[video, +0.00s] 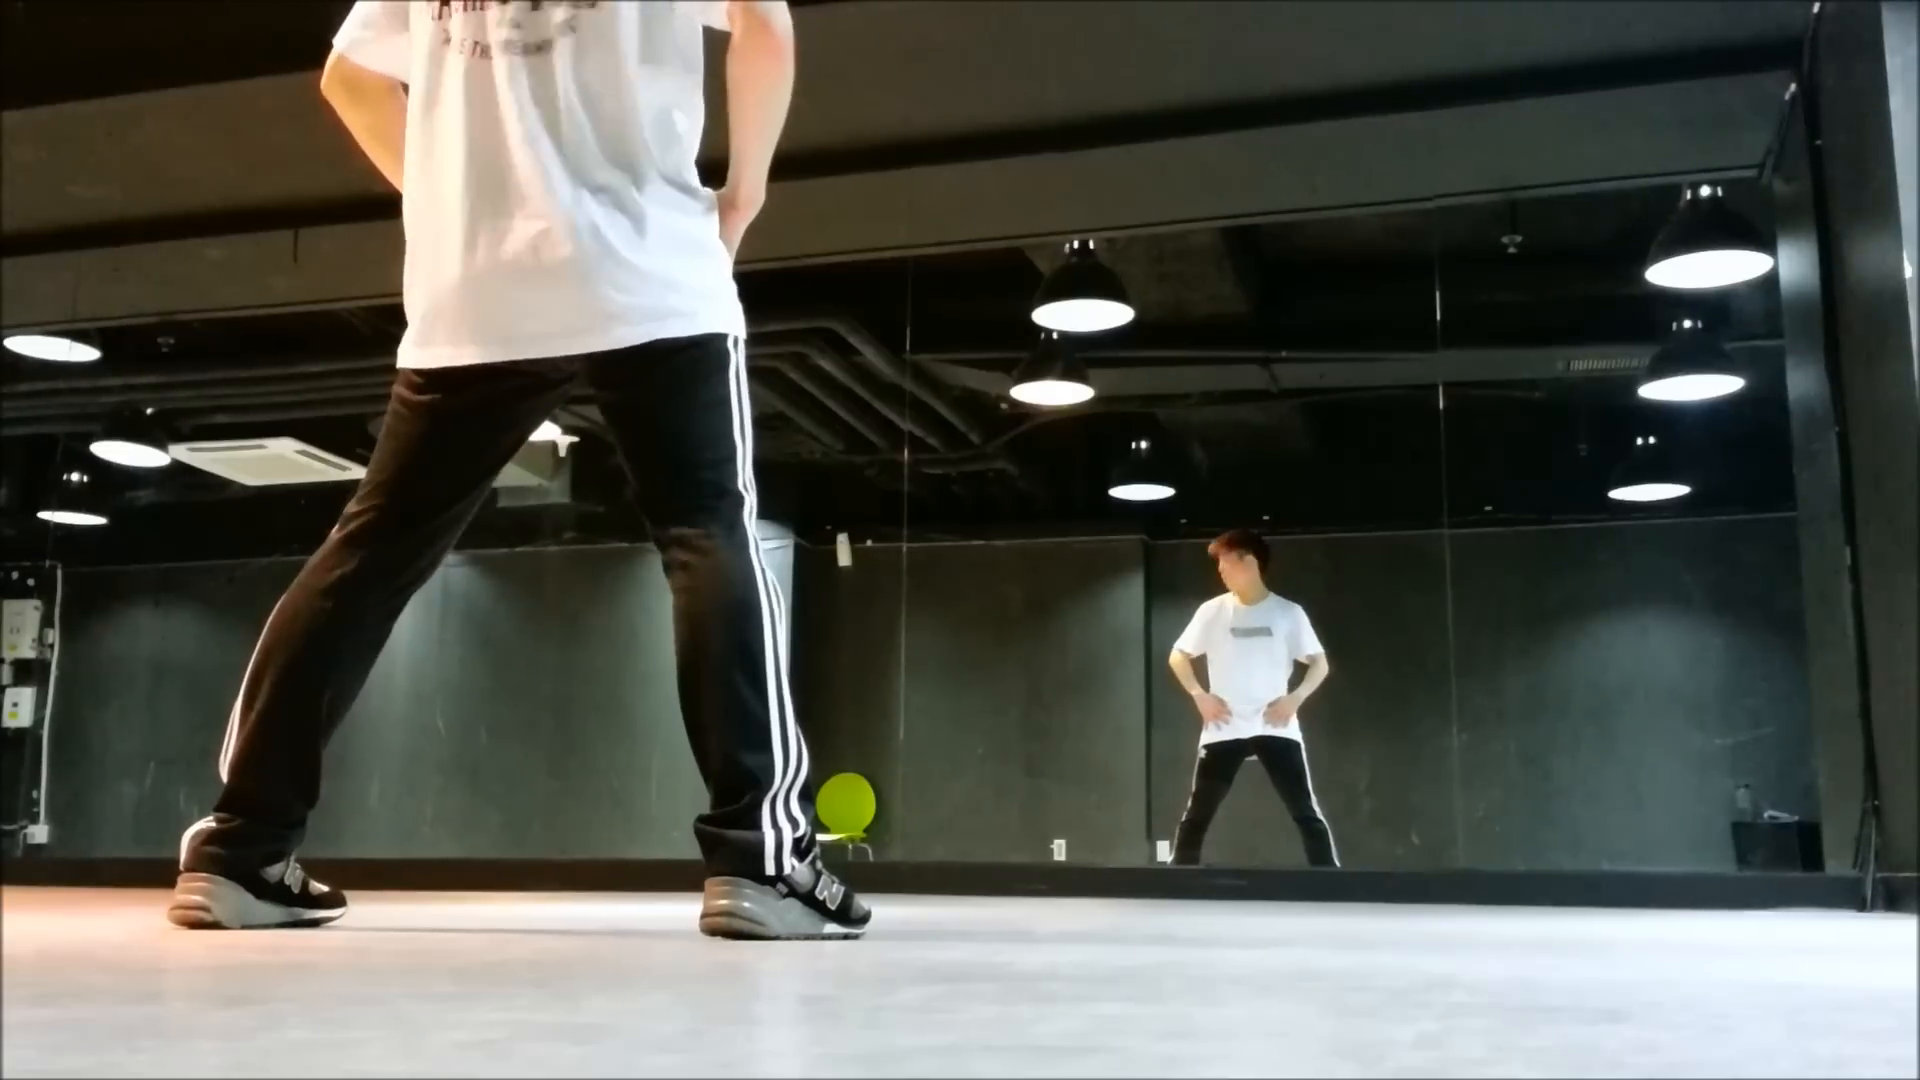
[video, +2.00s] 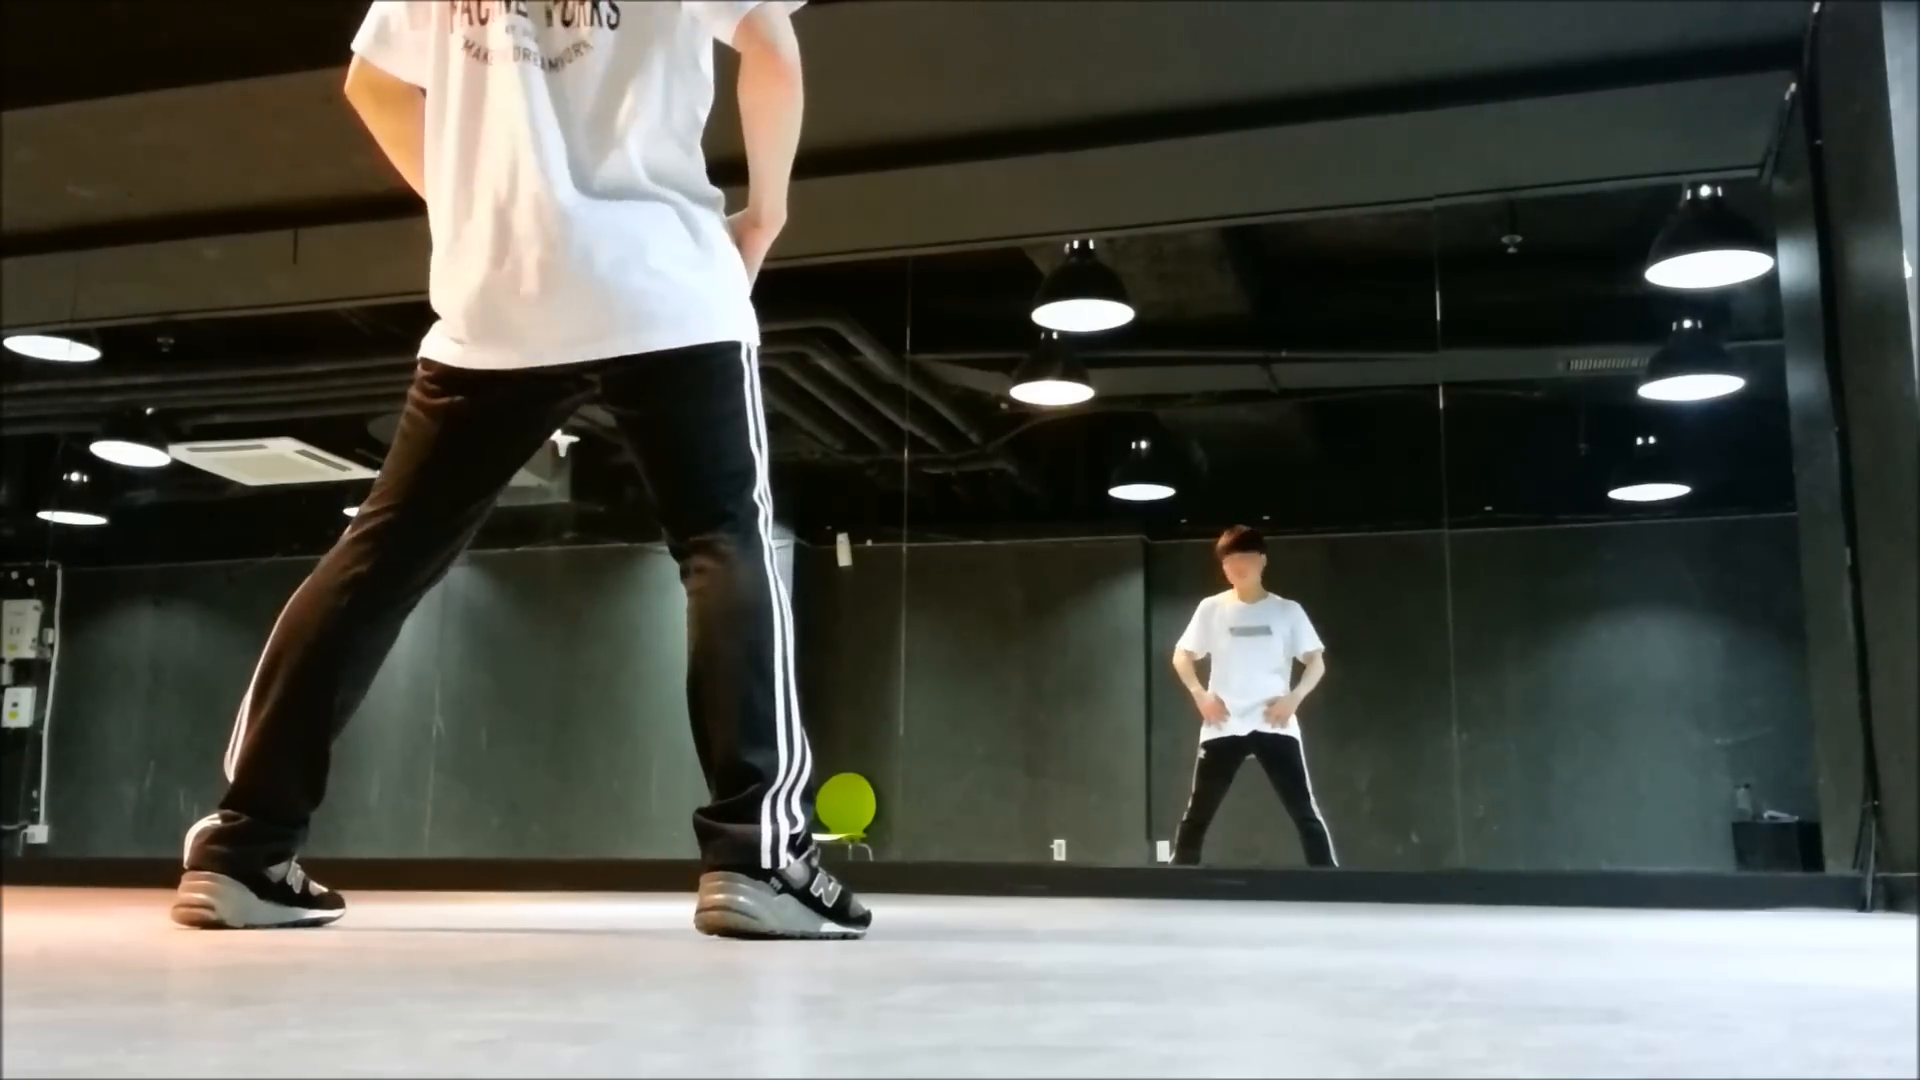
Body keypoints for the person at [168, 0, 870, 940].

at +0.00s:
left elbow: (353, 75)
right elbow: (762, 24)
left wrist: (461, 200)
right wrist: (746, 183)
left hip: (474, 261)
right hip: (650, 260)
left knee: (371, 551)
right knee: (710, 541)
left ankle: (238, 845)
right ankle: (762, 856)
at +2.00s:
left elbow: (376, 81)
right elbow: (771, 48)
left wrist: (476, 207)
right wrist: (767, 204)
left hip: (495, 275)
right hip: (663, 274)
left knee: (380, 555)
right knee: (726, 545)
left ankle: (240, 844)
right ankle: (758, 851)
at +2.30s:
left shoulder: (450, 1)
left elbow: (365, 89)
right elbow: (791, 34)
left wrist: (474, 217)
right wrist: (768, 200)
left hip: (495, 279)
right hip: (665, 274)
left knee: (386, 557)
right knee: (730, 553)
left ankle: (242, 844)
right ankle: (758, 853)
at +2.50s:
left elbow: (368, 92)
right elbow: (772, 25)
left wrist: (472, 210)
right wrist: (773, 183)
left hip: (505, 264)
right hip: (679, 254)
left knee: (397, 558)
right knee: (739, 545)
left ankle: (243, 844)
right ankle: (763, 851)